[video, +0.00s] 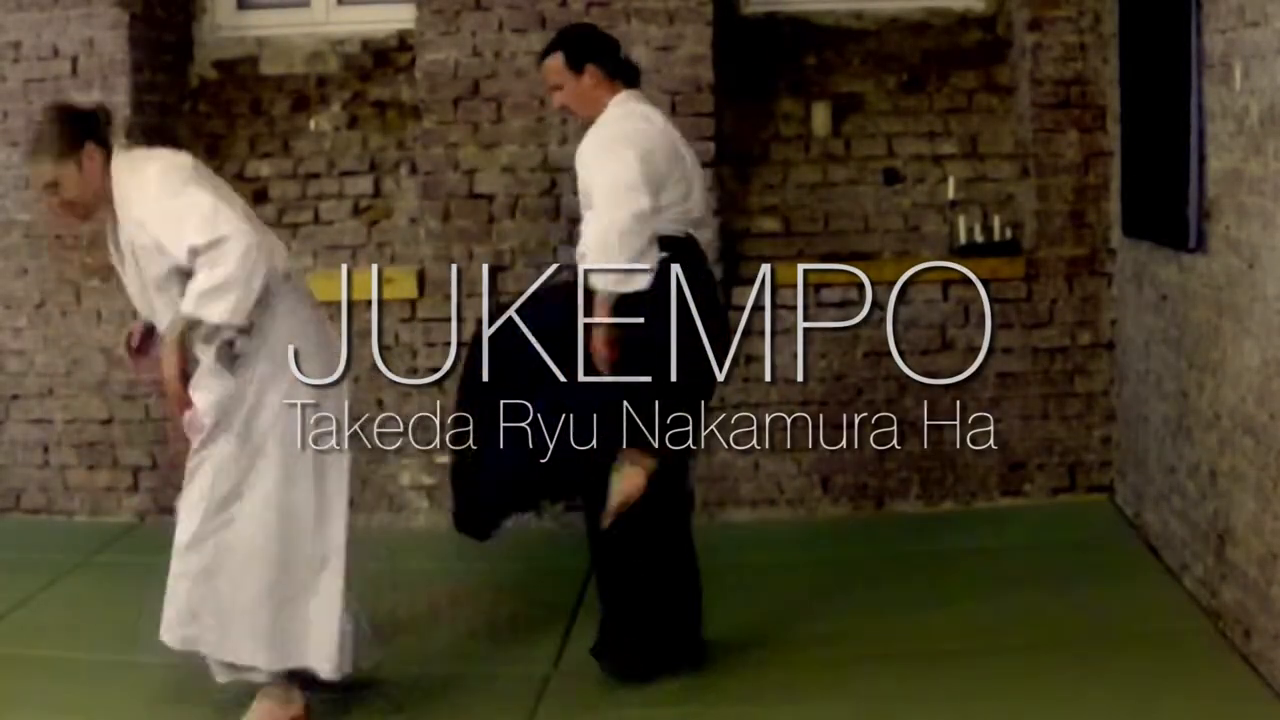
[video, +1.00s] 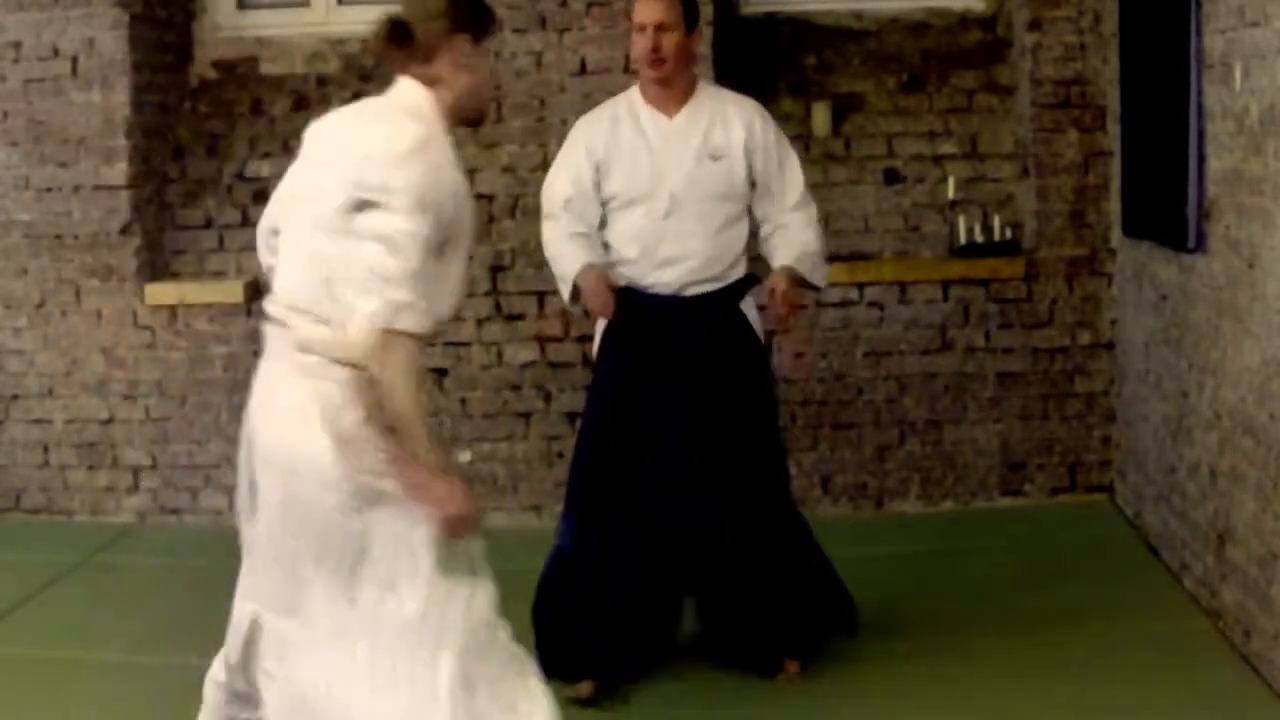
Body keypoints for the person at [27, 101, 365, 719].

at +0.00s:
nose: (56, 202)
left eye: (57, 184)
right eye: (46, 192)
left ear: (92, 156)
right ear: (88, 160)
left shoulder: (154, 183)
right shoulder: (129, 198)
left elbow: (239, 252)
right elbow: (195, 267)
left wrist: (178, 336)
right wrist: (159, 328)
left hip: (278, 361)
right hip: (253, 361)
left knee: (255, 515)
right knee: (262, 508)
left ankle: (283, 683)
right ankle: (309, 656)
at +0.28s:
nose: (117, 146)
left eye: (130, 131)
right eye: (103, 133)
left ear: (153, 128)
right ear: (87, 135)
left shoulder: (210, 181)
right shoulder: (107, 197)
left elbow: (292, 267)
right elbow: (120, 285)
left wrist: (218, 335)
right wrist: (95, 347)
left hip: (248, 397)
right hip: (174, 400)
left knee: (205, 545)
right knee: (165, 542)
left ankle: (213, 704)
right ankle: (197, 688)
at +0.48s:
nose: (223, 90)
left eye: (232, 75)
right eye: (209, 73)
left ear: (239, 80)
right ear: (167, 74)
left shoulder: (279, 153)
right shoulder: (123, 157)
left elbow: (357, 239)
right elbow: (94, 249)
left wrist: (302, 309)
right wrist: (97, 325)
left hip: (248, 382)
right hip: (153, 382)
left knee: (232, 563)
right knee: (141, 556)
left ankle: (215, 707)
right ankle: (151, 695)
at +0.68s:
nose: (329, 72)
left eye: (333, 55)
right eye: (319, 52)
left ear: (279, 50)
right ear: (263, 46)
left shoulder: (329, 145)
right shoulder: (165, 141)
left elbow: (363, 234)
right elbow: (99, 260)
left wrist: (366, 292)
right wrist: (160, 343)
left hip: (302, 396)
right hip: (200, 395)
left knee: (297, 603)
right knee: (189, 603)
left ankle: (285, 713)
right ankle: (110, 708)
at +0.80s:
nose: (388, 56)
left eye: (390, 40)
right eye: (379, 36)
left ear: (333, 39)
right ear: (321, 35)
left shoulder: (345, 149)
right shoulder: (227, 133)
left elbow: (324, 285)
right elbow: (150, 267)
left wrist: (366, 318)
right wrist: (238, 371)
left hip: (315, 392)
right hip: (232, 391)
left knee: (315, 594)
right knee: (217, 597)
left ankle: (301, 708)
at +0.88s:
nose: (427, 59)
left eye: (427, 42)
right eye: (418, 40)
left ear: (371, 41)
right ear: (364, 39)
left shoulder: (344, 131)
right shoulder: (292, 132)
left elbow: (304, 265)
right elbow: (231, 287)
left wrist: (379, 308)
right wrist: (306, 414)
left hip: (328, 387)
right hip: (271, 390)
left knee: (338, 596)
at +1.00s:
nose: (490, 74)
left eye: (487, 54)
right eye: (482, 53)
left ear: (411, 54)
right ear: (448, 53)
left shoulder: (335, 127)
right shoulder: (423, 162)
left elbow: (272, 251)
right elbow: (386, 339)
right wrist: (432, 472)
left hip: (280, 396)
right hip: (346, 411)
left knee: (295, 606)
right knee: (412, 612)